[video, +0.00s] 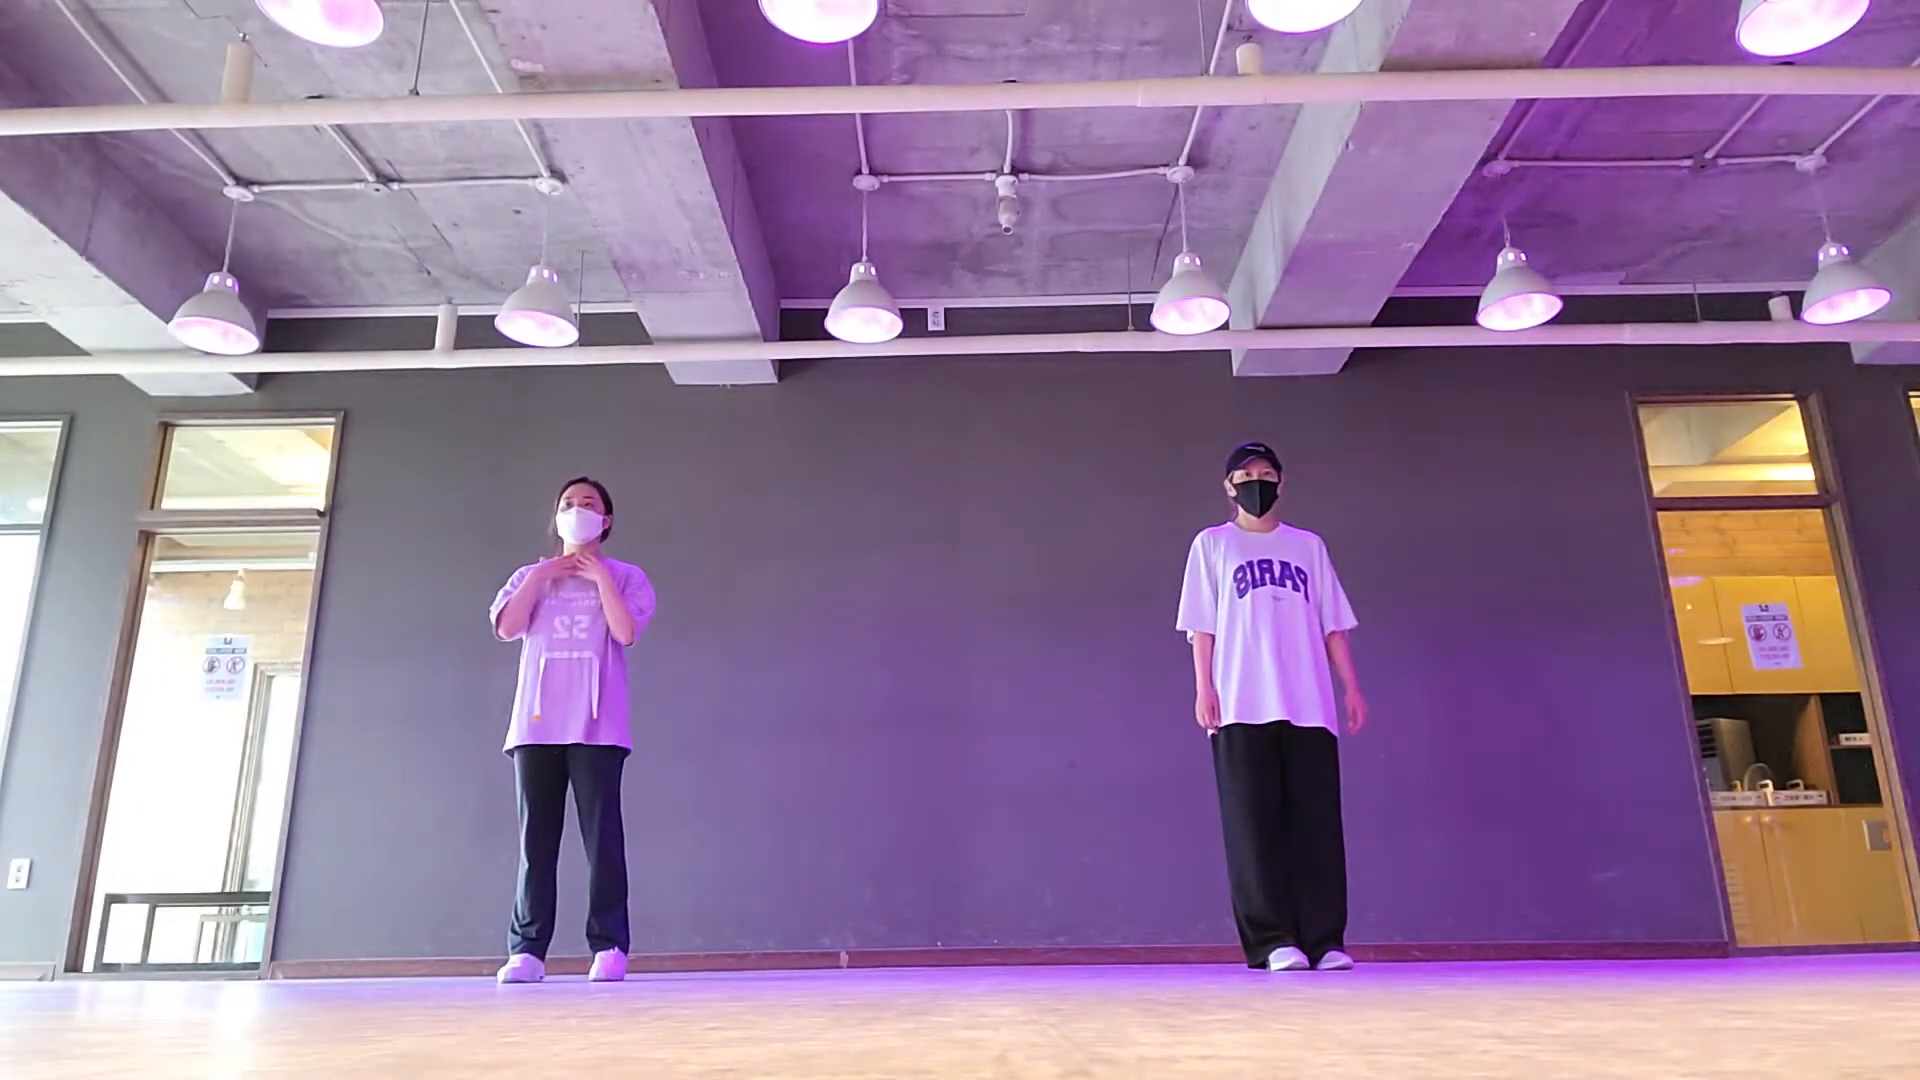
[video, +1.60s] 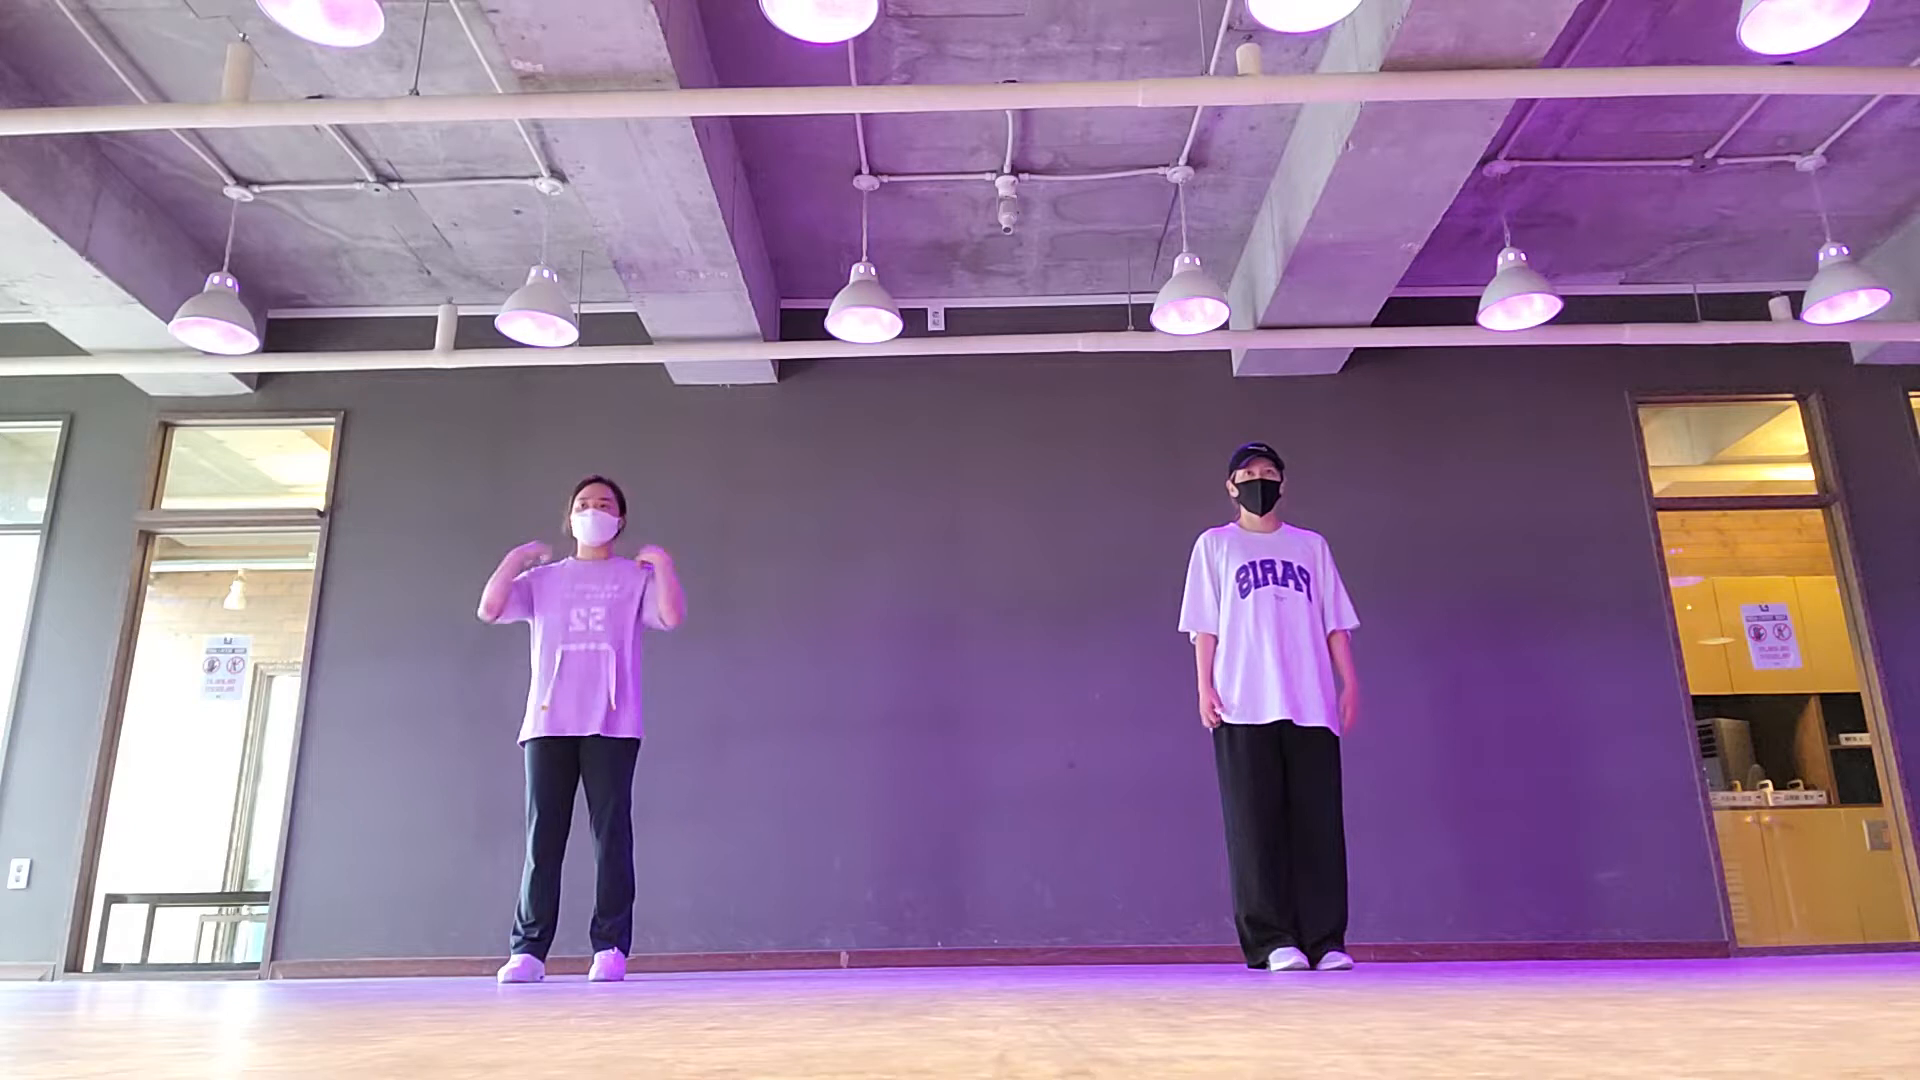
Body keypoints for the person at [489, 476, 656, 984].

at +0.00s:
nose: (577, 510)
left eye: (589, 504)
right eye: (568, 505)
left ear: (607, 521)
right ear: (555, 521)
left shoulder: (628, 578)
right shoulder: (531, 576)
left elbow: (626, 632)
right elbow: (506, 628)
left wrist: (600, 574)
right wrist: (542, 574)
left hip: (598, 726)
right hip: (535, 725)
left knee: (602, 840)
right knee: (536, 843)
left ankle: (609, 949)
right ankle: (526, 952)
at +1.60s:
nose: (593, 511)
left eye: (604, 505)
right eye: (584, 505)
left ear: (620, 522)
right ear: (570, 520)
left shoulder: (635, 576)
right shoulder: (543, 577)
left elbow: (670, 617)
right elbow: (490, 610)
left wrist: (663, 565)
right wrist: (516, 555)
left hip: (612, 721)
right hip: (548, 721)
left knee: (611, 837)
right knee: (543, 837)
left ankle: (610, 949)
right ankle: (527, 951)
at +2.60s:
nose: (572, 508)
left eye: (584, 502)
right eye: (568, 502)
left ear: (609, 518)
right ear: (561, 518)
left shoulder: (634, 575)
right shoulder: (540, 582)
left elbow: (664, 651)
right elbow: (522, 656)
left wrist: (645, 701)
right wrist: (510, 704)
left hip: (605, 724)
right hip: (544, 724)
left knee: (607, 839)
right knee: (540, 841)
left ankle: (610, 948)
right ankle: (528, 951)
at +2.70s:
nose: (571, 505)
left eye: (583, 499)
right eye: (567, 499)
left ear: (607, 517)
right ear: (559, 517)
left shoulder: (632, 573)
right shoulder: (539, 581)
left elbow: (663, 646)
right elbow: (534, 656)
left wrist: (661, 703)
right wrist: (526, 715)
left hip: (605, 722)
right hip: (543, 722)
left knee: (606, 837)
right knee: (539, 838)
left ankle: (610, 948)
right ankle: (528, 951)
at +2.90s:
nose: (565, 507)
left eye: (578, 500)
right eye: (563, 500)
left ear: (604, 515)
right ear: (556, 516)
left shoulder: (631, 572)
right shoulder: (538, 579)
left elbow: (663, 645)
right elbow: (531, 655)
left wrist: (658, 701)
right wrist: (527, 708)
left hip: (605, 722)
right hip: (544, 723)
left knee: (606, 837)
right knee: (539, 839)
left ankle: (610, 948)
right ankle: (527, 950)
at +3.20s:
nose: (561, 510)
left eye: (573, 502)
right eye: (558, 502)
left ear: (601, 515)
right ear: (553, 516)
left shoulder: (629, 571)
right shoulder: (536, 579)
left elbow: (663, 644)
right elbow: (528, 658)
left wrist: (666, 701)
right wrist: (522, 713)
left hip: (606, 722)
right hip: (544, 722)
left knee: (605, 836)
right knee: (539, 839)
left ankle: (610, 948)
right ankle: (527, 951)